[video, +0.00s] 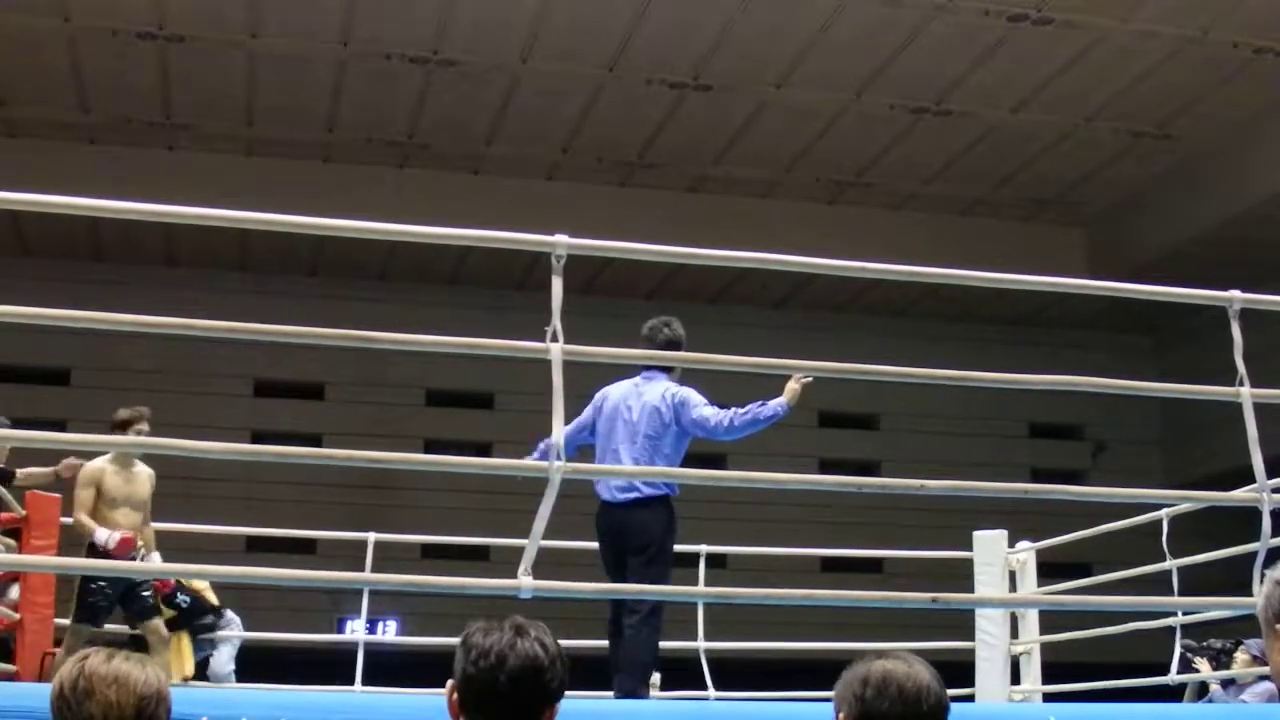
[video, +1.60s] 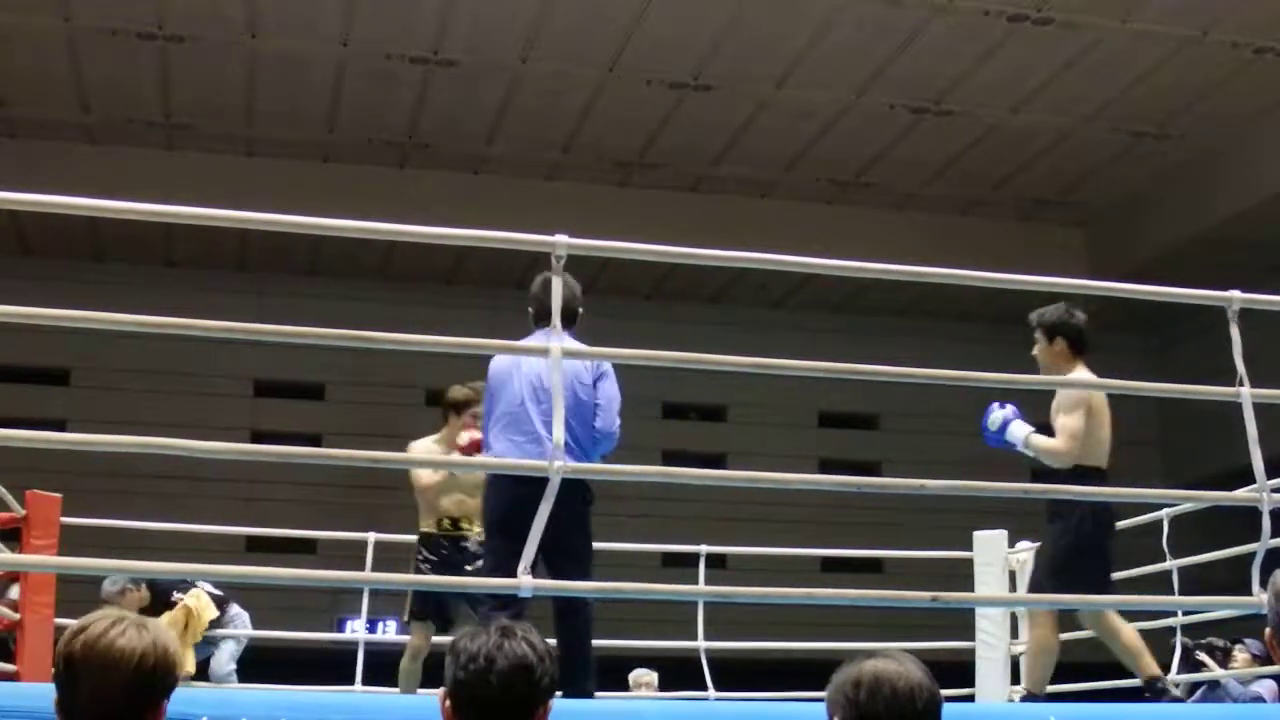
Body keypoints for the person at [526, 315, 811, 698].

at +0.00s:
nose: (679, 359)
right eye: (680, 354)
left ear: (642, 353)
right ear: (679, 357)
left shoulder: (609, 395)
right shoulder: (678, 397)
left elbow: (569, 436)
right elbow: (720, 423)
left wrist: (533, 460)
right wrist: (783, 402)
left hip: (610, 514)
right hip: (652, 513)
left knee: (622, 602)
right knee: (644, 605)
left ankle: (624, 687)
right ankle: (630, 696)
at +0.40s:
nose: (660, 361)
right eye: (664, 355)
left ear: (627, 361)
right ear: (665, 361)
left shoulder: (604, 407)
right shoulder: (677, 408)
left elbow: (586, 463)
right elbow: (726, 457)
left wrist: (589, 439)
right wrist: (772, 442)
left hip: (617, 528)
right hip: (661, 525)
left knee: (631, 615)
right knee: (692, 610)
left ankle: (638, 705)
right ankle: (653, 680)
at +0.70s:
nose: (660, 360)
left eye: (655, 354)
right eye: (658, 354)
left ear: (615, 359)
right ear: (652, 360)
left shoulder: (592, 409)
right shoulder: (670, 407)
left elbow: (600, 458)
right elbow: (694, 467)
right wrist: (698, 445)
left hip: (611, 524)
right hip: (657, 520)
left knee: (626, 609)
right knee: (681, 603)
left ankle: (635, 699)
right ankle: (645, 665)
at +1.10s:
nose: (649, 334)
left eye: (646, 326)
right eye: (646, 327)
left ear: (600, 331)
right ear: (636, 332)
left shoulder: (572, 379)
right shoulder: (645, 377)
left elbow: (548, 442)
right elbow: (651, 439)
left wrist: (569, 474)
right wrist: (654, 478)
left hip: (577, 496)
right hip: (621, 495)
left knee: (594, 587)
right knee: (620, 588)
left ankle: (600, 678)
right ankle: (608, 685)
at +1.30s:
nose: (622, 324)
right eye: (621, 319)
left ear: (576, 322)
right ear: (617, 325)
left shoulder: (548, 374)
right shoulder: (626, 373)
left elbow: (538, 444)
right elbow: (638, 442)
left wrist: (556, 479)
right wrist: (625, 472)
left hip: (554, 492)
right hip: (602, 494)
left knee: (550, 593)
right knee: (605, 592)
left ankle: (536, 690)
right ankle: (605, 691)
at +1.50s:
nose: (539, 318)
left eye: (542, 312)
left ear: (542, 318)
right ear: (588, 323)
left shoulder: (517, 369)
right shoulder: (606, 370)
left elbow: (517, 422)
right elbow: (616, 434)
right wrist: (596, 465)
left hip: (521, 491)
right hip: (578, 494)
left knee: (511, 593)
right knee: (579, 596)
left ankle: (503, 697)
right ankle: (594, 696)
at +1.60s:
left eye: (531, 305)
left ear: (531, 310)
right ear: (577, 312)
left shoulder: (502, 361)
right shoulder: (595, 361)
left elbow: (489, 425)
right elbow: (607, 426)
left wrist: (512, 457)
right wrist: (584, 458)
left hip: (506, 487)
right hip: (567, 490)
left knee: (501, 588)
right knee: (572, 591)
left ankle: (494, 692)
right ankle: (578, 695)